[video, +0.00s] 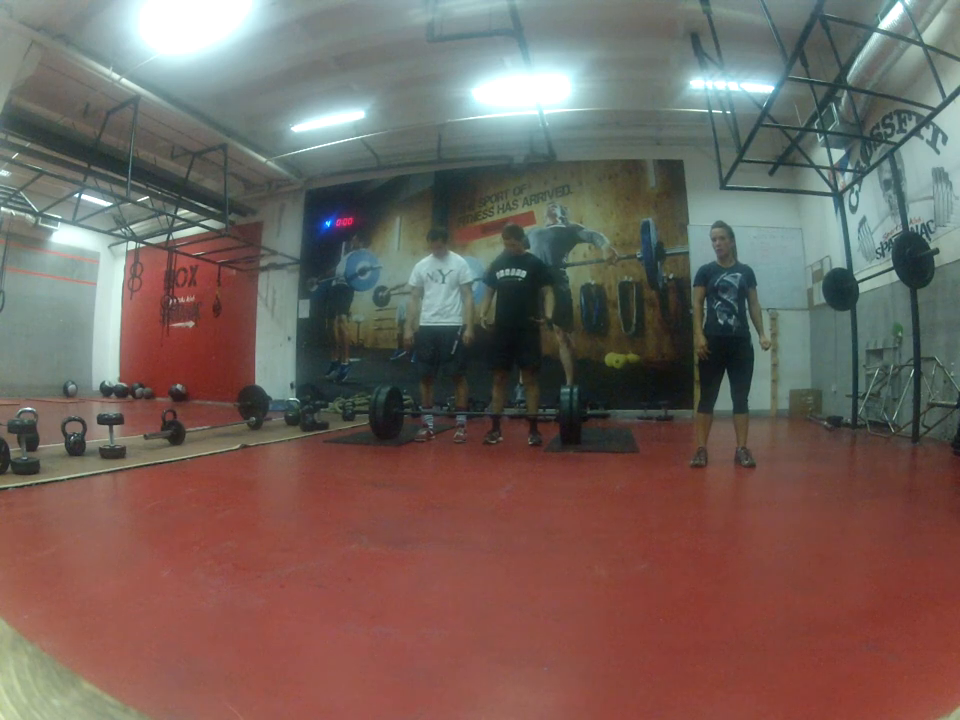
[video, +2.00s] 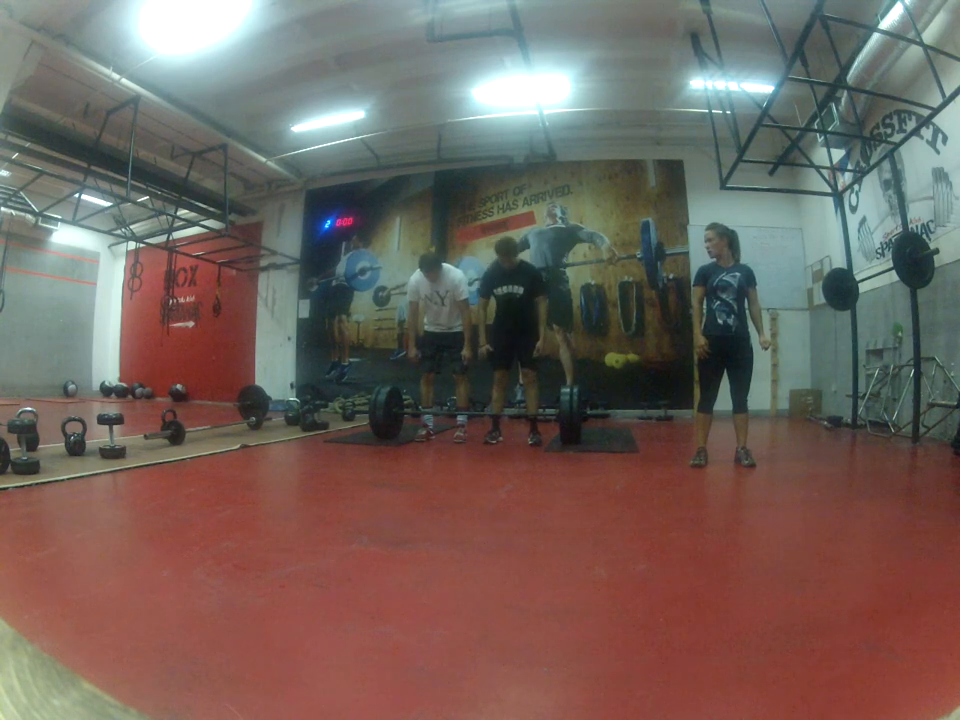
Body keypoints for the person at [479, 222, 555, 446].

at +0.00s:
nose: (506, 246)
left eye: (510, 242)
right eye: (505, 242)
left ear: (520, 240)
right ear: (503, 241)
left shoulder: (535, 263)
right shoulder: (498, 262)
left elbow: (548, 291)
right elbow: (489, 292)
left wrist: (548, 316)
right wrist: (483, 314)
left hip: (528, 327)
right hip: (503, 327)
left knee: (530, 378)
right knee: (499, 377)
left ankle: (533, 429)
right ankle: (495, 428)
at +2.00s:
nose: (507, 263)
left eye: (510, 259)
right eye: (503, 259)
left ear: (517, 254)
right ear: (497, 256)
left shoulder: (530, 272)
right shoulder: (492, 272)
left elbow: (542, 304)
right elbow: (482, 306)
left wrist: (542, 337)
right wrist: (482, 341)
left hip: (527, 333)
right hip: (502, 334)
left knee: (530, 378)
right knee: (500, 379)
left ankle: (533, 429)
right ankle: (495, 428)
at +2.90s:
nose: (506, 289)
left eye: (509, 285)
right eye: (502, 286)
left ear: (515, 280)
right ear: (496, 281)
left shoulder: (529, 290)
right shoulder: (489, 291)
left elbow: (540, 322)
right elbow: (481, 323)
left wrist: (540, 357)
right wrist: (482, 359)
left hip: (527, 342)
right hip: (501, 343)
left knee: (530, 379)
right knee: (499, 378)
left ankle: (533, 429)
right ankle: (495, 428)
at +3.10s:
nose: (507, 319)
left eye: (510, 315)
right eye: (504, 316)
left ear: (516, 309)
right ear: (497, 310)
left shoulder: (529, 311)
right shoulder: (489, 312)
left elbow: (541, 345)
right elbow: (479, 346)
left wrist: (543, 381)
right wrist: (479, 384)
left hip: (525, 338)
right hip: (501, 338)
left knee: (530, 376)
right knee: (498, 376)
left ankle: (534, 429)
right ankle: (495, 428)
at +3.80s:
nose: (509, 295)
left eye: (512, 290)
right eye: (505, 290)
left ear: (518, 288)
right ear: (499, 289)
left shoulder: (529, 306)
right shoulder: (489, 306)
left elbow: (540, 339)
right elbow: (481, 339)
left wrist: (546, 373)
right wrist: (477, 374)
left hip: (526, 345)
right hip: (500, 346)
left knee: (531, 380)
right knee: (496, 380)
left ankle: (534, 430)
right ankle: (495, 429)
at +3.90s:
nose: (509, 265)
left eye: (513, 261)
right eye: (506, 261)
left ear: (518, 262)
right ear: (499, 263)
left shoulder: (529, 287)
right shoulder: (490, 287)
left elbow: (538, 320)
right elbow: (482, 319)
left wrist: (544, 351)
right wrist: (477, 351)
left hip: (526, 342)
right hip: (499, 342)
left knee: (530, 382)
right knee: (497, 383)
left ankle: (534, 430)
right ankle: (495, 428)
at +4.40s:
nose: (506, 276)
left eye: (510, 272)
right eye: (503, 272)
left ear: (516, 272)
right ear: (497, 273)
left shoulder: (530, 293)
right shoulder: (490, 295)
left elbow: (539, 327)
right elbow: (481, 328)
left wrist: (544, 360)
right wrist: (476, 363)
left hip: (525, 341)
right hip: (499, 342)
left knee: (531, 374)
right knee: (496, 377)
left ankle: (534, 428)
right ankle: (495, 428)